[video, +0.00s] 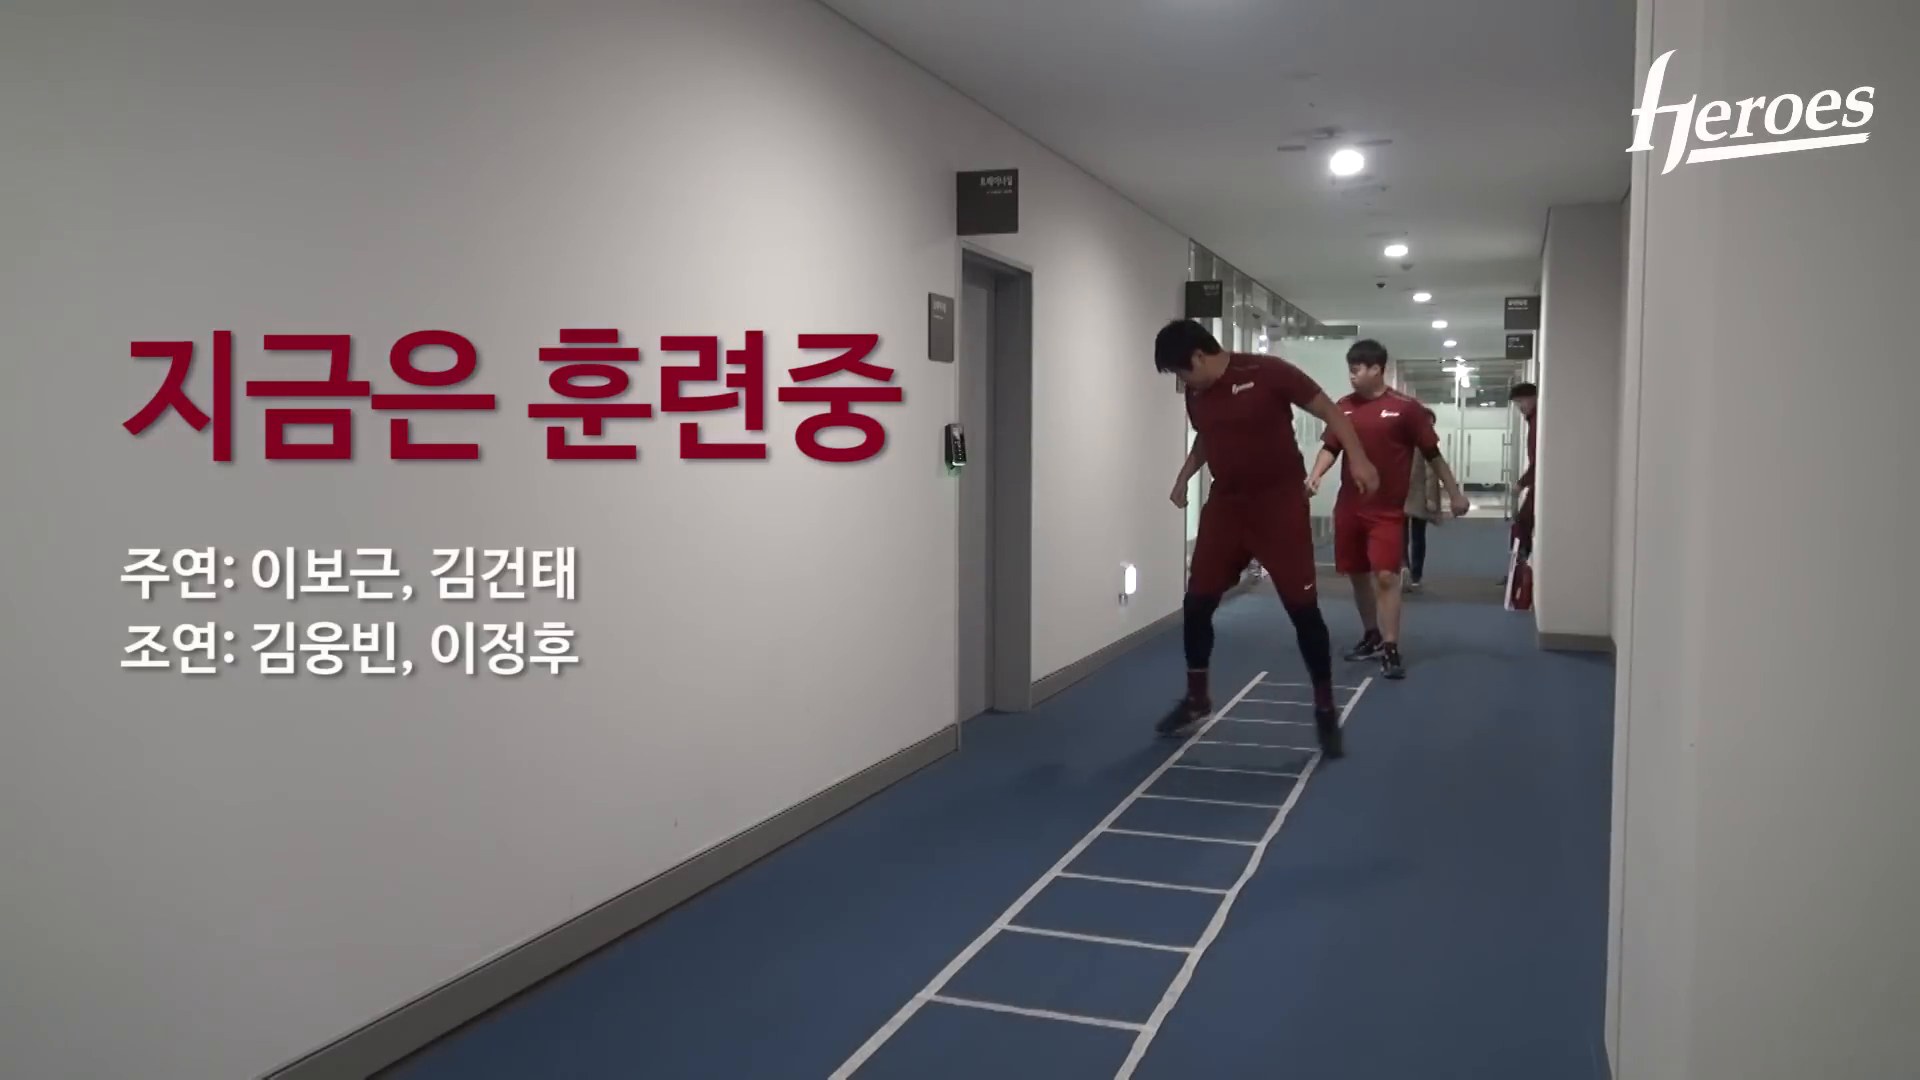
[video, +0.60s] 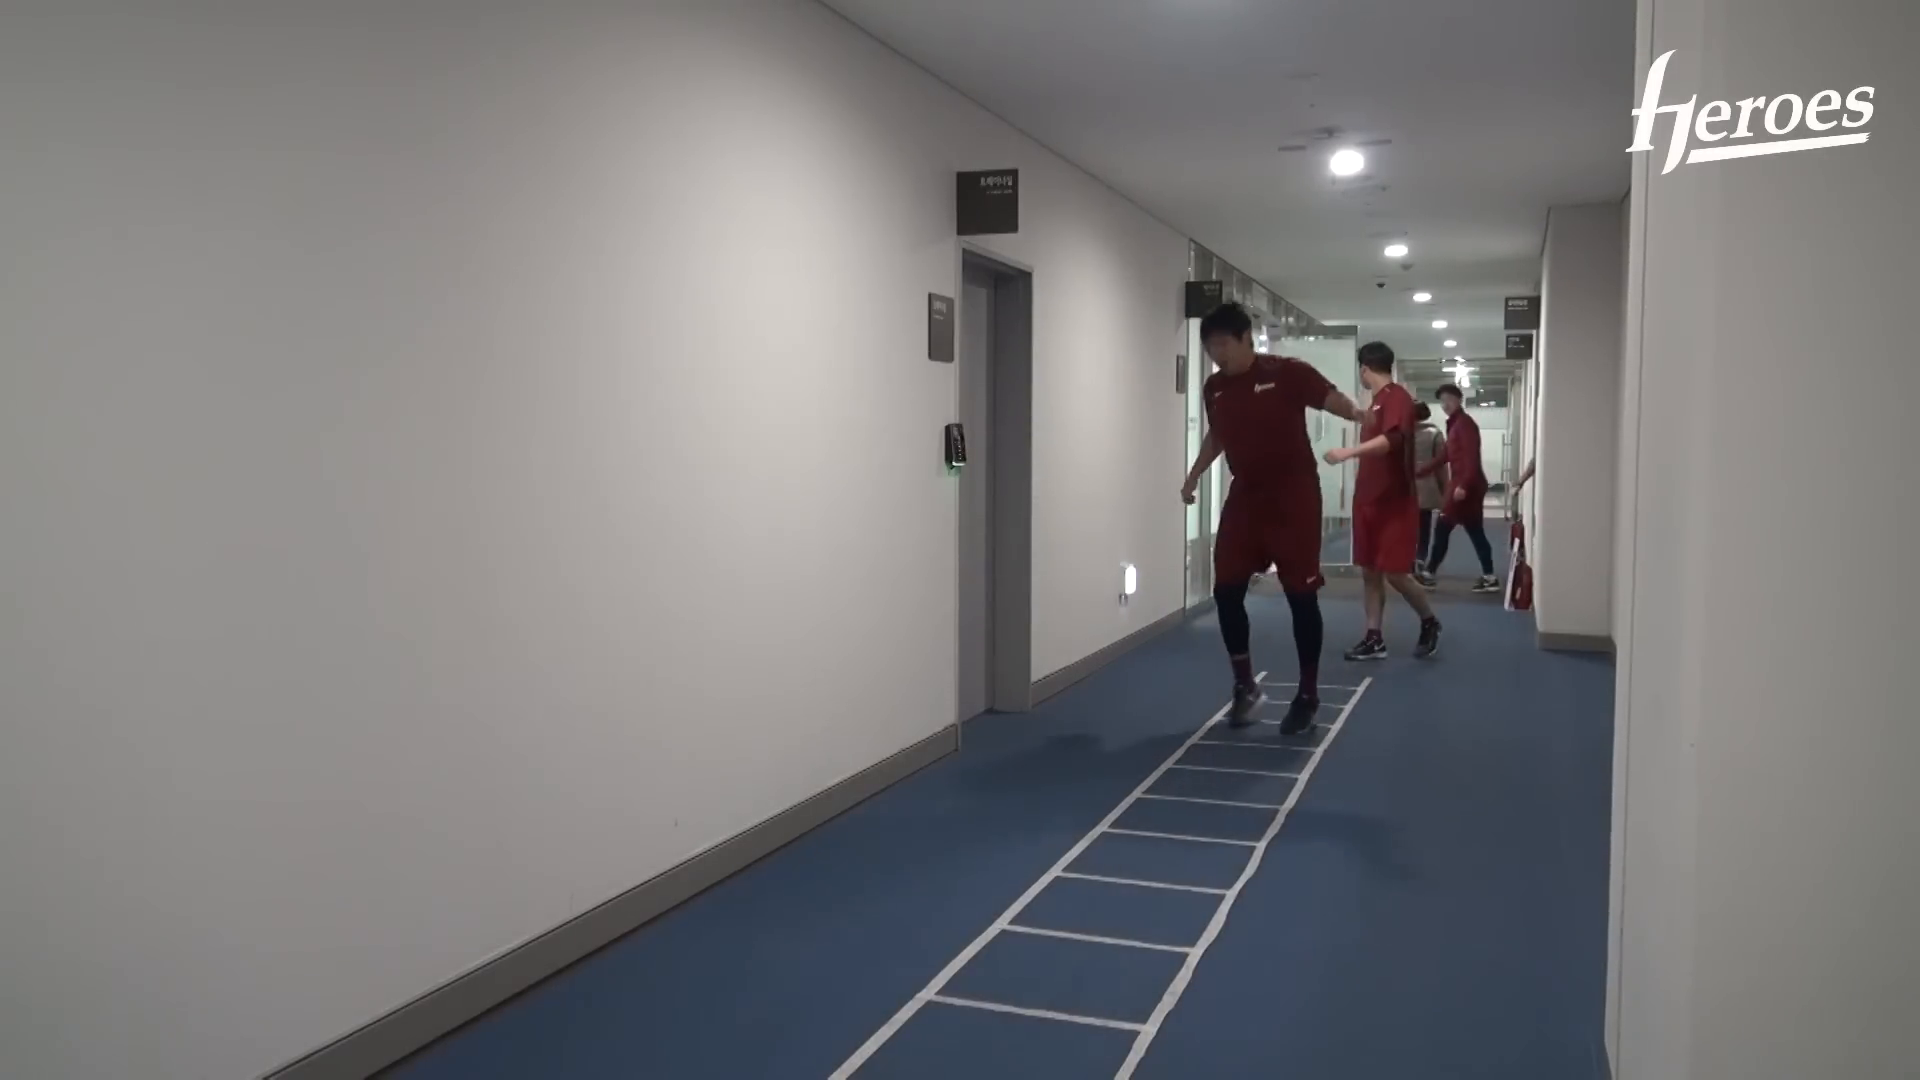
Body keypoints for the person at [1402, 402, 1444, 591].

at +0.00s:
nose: (1427, 427)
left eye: (1429, 423)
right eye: (1423, 423)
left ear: (1431, 425)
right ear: (1414, 424)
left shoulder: (1429, 449)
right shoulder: (1403, 444)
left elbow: (1432, 476)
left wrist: (1432, 501)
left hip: (1417, 497)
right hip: (1399, 496)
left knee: (1417, 537)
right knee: (1401, 536)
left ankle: (1416, 575)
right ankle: (1404, 567)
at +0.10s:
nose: (1428, 427)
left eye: (1431, 423)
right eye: (1425, 423)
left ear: (1434, 425)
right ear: (1417, 424)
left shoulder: (1430, 444)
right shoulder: (1406, 442)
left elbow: (1434, 473)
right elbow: (1433, 474)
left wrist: (1438, 497)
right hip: (1405, 496)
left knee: (1419, 535)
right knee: (1404, 532)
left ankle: (1415, 574)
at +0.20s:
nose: (1434, 422)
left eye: (1434, 419)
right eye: (1433, 419)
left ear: (1416, 418)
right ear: (1427, 419)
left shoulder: (1405, 435)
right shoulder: (1431, 436)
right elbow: (1438, 465)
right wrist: (1446, 493)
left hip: (1402, 492)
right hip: (1421, 492)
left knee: (1404, 533)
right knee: (1419, 534)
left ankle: (1405, 566)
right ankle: (1415, 573)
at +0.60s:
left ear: (1411, 416)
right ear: (1427, 415)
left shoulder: (1406, 432)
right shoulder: (1434, 433)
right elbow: (1440, 462)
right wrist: (1445, 488)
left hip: (1407, 485)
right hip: (1427, 487)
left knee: (1408, 524)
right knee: (1424, 527)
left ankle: (1407, 560)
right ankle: (1421, 560)